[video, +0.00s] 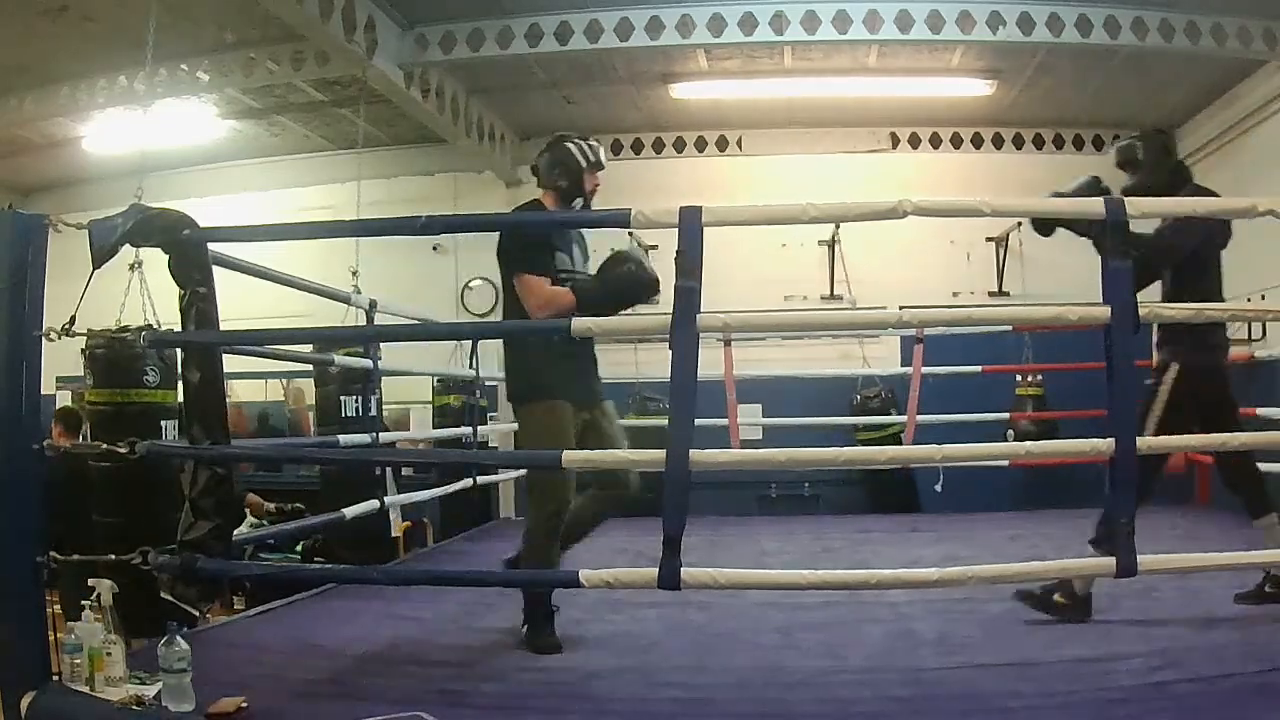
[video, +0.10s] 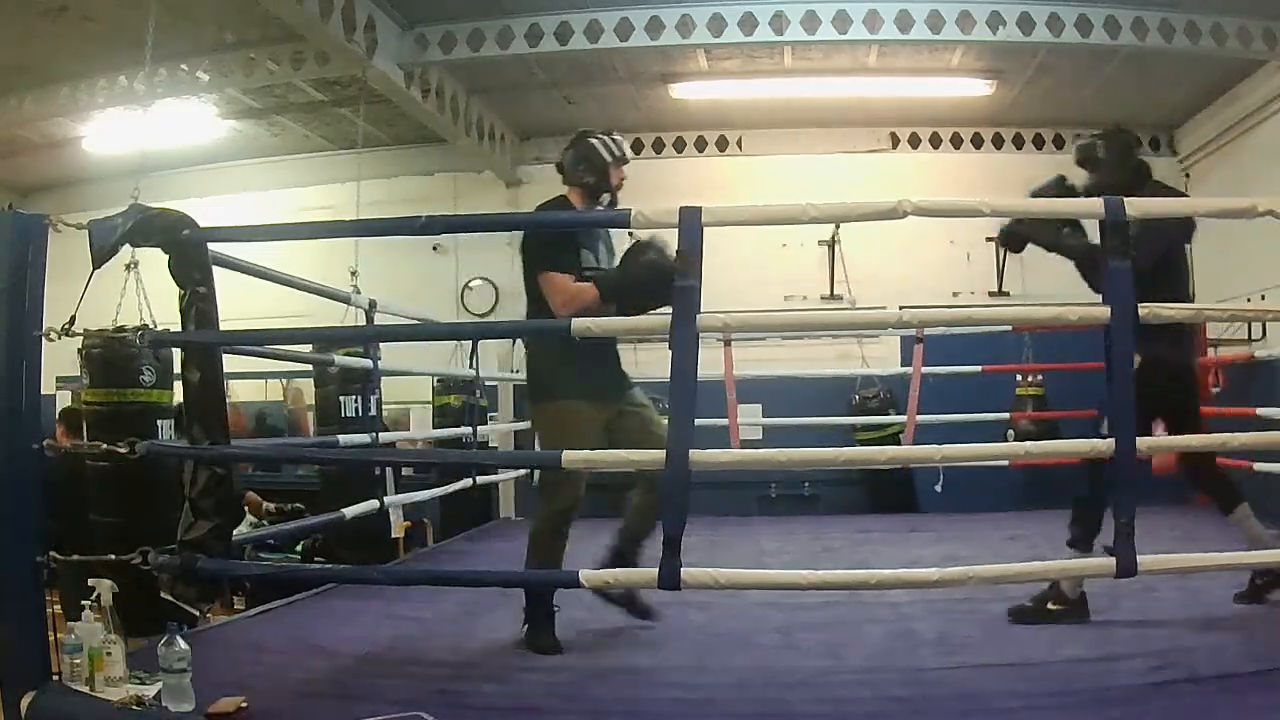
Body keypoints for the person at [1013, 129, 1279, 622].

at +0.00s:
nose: (1132, 180)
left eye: (1137, 169)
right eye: (1130, 172)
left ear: (1161, 163)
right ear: (1161, 163)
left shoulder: (1198, 207)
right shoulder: (1174, 208)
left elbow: (1147, 258)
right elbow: (1134, 272)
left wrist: (1089, 218)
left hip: (1188, 353)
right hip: (1196, 350)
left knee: (1137, 462)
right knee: (1234, 458)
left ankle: (1078, 584)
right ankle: (1279, 562)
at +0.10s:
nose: (1088, 179)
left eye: (1093, 168)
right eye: (1086, 170)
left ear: (1120, 164)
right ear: (1121, 163)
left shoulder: (1159, 206)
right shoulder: (1120, 208)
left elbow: (1118, 280)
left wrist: (1072, 241)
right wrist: (1026, 225)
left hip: (1153, 356)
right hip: (1162, 354)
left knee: (1098, 459)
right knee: (1196, 459)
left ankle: (1068, 587)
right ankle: (1268, 554)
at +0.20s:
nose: (1055, 180)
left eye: (1060, 168)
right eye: (1053, 170)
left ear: (1083, 162)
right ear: (1093, 160)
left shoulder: (1117, 204)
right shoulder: (1111, 205)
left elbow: (1088, 272)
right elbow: (1066, 272)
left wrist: (1013, 253)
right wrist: (1034, 225)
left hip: (1118, 341)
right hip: (1135, 338)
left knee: (1071, 451)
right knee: (1135, 448)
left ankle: (1065, 588)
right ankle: (1227, 534)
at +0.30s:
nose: (1020, 180)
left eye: (1025, 169)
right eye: (1018, 171)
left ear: (1048, 161)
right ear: (1060, 158)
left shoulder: (1087, 200)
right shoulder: (1079, 199)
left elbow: (1045, 269)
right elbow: (1044, 265)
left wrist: (967, 235)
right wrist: (1008, 220)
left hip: (1091, 339)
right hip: (1101, 336)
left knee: (1054, 454)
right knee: (1099, 440)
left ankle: (1064, 589)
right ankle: (1174, 533)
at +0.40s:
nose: (989, 175)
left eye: (994, 163)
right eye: (987, 165)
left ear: (1018, 157)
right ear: (1032, 154)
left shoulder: (1041, 194)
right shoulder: (1073, 191)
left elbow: (979, 240)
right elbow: (1027, 270)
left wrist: (907, 218)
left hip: (1074, 333)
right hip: (1092, 329)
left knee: (1051, 450)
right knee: (1063, 444)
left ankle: (1064, 587)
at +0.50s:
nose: (976, 176)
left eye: (980, 166)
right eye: (974, 168)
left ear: (1000, 157)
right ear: (1013, 155)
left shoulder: (1025, 196)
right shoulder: (1024, 193)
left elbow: (996, 263)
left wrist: (939, 221)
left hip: (1056, 340)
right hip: (1054, 338)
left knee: (1047, 457)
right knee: (1045, 455)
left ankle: (1064, 588)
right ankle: (1057, 565)